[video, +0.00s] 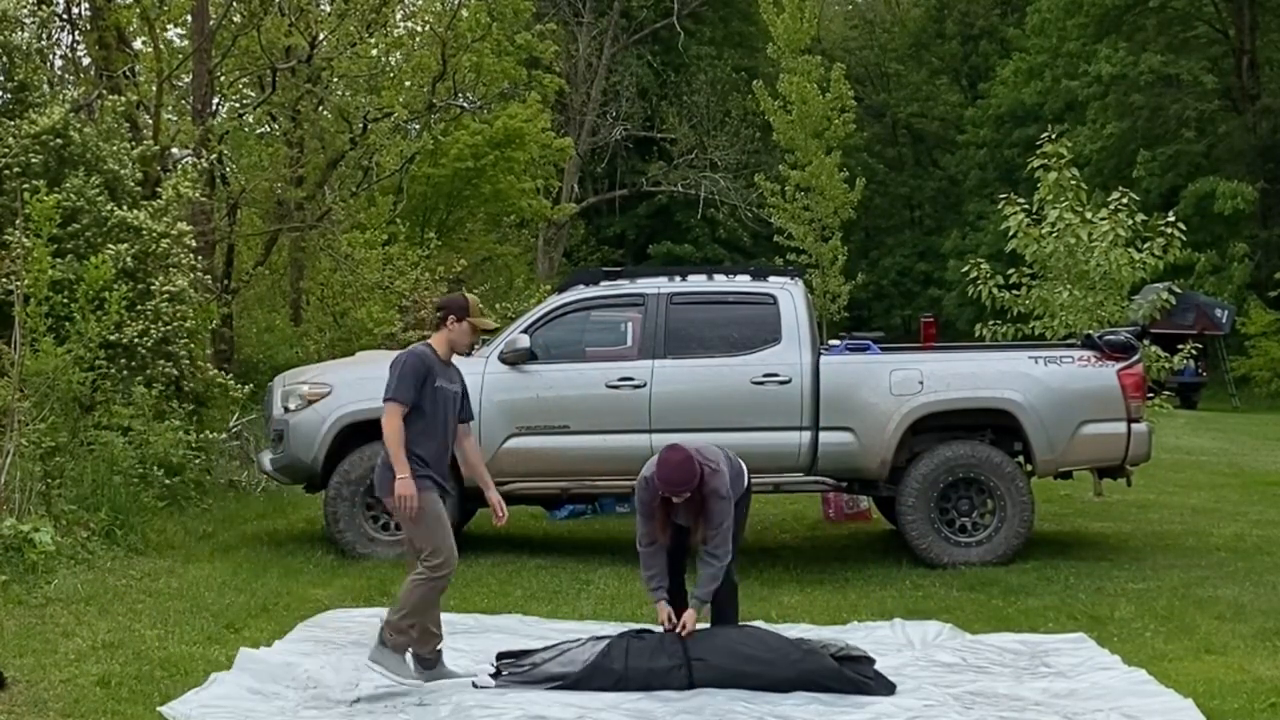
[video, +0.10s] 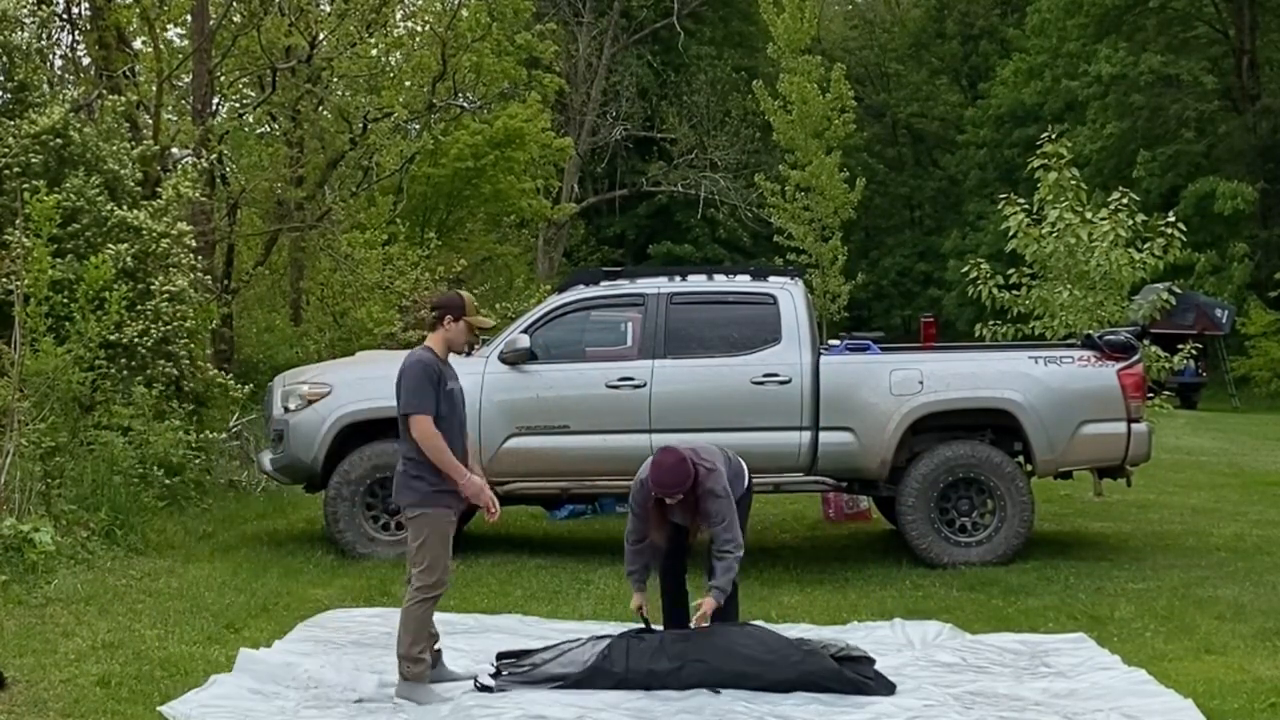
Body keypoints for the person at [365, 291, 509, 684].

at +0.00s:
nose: (475, 339)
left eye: (477, 332)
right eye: (472, 330)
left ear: (457, 325)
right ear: (451, 323)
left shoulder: (455, 376)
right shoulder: (415, 360)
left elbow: (464, 439)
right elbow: (390, 419)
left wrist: (489, 489)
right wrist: (402, 473)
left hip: (432, 482)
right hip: (407, 479)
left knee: (431, 566)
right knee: (441, 560)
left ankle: (427, 656)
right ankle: (389, 645)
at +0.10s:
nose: (473, 337)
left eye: (474, 330)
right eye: (469, 328)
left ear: (449, 324)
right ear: (448, 323)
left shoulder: (444, 369)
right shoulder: (420, 364)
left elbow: (461, 440)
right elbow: (422, 429)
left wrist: (482, 485)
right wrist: (463, 478)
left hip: (442, 496)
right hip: (425, 496)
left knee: (430, 582)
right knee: (426, 583)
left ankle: (429, 664)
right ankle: (411, 678)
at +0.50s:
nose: (439, 343)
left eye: (446, 337)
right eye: (433, 334)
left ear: (455, 335)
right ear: (418, 328)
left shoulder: (447, 367)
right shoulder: (407, 375)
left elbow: (448, 427)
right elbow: (417, 444)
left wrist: (464, 463)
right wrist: (470, 458)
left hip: (448, 496)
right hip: (416, 500)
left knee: (441, 584)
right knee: (414, 587)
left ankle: (429, 663)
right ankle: (407, 678)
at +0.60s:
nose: (414, 340)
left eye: (423, 334)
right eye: (409, 332)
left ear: (441, 333)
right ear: (403, 329)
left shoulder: (457, 368)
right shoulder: (390, 374)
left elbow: (470, 423)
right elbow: (346, 416)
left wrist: (483, 475)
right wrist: (353, 451)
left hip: (449, 493)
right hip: (407, 493)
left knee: (443, 583)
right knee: (413, 587)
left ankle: (430, 662)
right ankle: (407, 679)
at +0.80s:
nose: (432, 350)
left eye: (435, 343)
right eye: (425, 344)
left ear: (439, 337)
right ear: (404, 337)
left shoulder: (444, 364)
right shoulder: (377, 382)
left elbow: (462, 418)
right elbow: (346, 439)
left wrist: (476, 469)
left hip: (445, 493)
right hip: (404, 499)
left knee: (445, 584)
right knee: (407, 590)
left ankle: (429, 662)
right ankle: (404, 682)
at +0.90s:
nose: (452, 350)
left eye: (453, 343)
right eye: (448, 343)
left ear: (428, 340)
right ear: (425, 340)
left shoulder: (436, 368)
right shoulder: (392, 393)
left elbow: (445, 422)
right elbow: (403, 465)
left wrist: (465, 462)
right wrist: (434, 520)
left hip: (445, 493)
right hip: (408, 505)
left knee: (470, 567)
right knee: (408, 592)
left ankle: (438, 649)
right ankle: (405, 682)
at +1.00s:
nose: (478, 352)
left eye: (479, 345)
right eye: (475, 345)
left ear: (454, 338)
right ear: (454, 339)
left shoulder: (444, 372)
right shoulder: (423, 387)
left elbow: (445, 447)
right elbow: (434, 462)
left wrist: (460, 493)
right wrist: (476, 500)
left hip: (449, 496)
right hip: (420, 503)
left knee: (479, 565)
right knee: (415, 593)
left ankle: (471, 653)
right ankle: (407, 683)